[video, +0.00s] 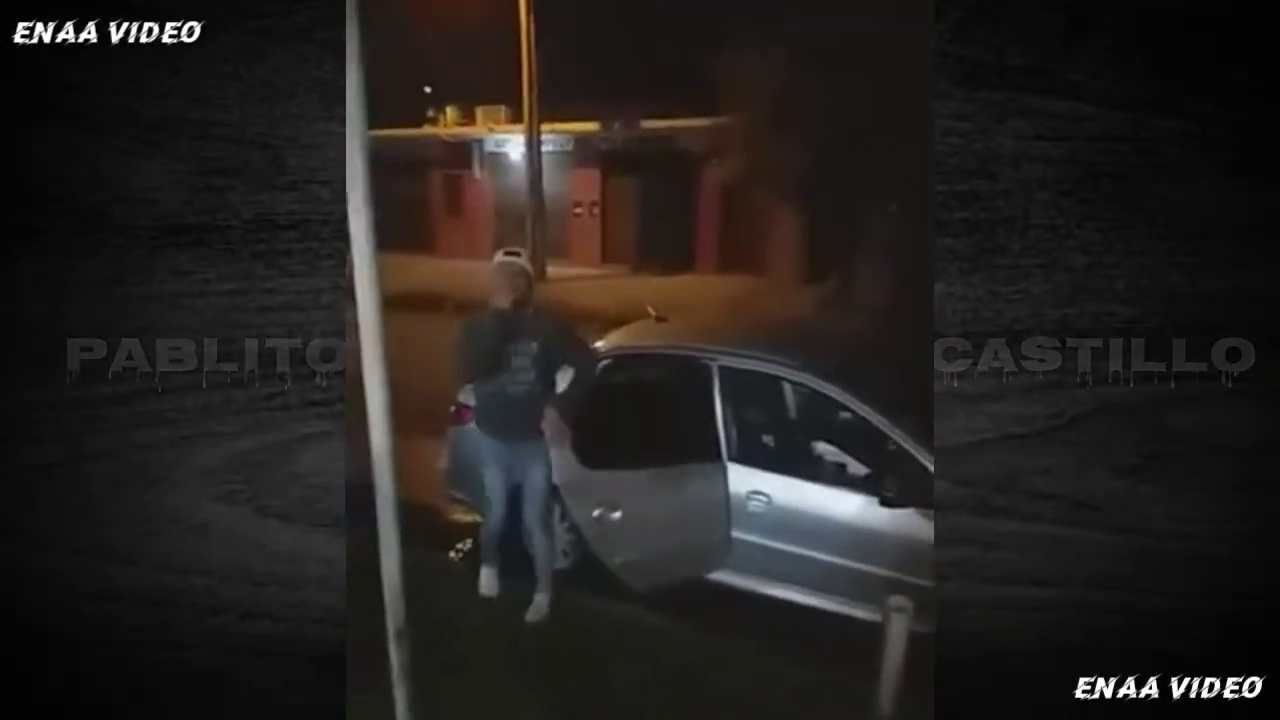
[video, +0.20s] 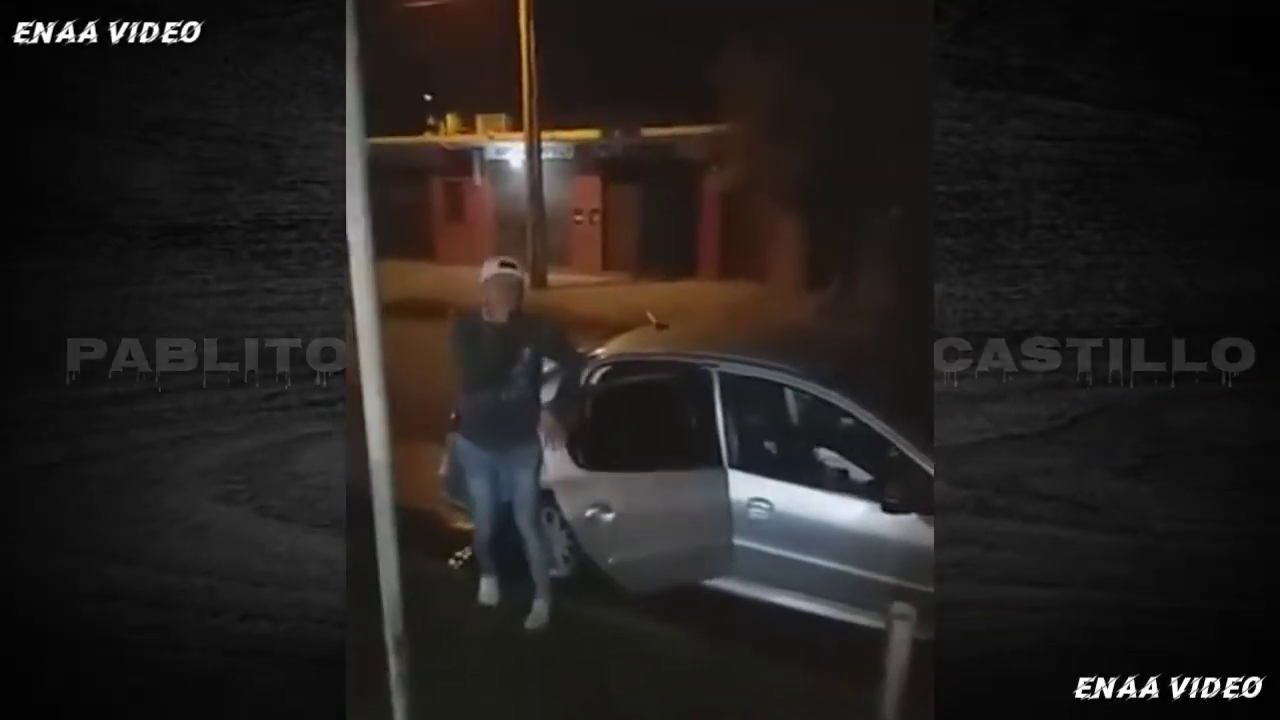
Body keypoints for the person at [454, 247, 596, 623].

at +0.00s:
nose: (505, 285)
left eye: (512, 277)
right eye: (500, 276)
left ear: (526, 283)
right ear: (492, 282)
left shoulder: (544, 326)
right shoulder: (478, 327)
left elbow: (586, 363)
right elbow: (469, 372)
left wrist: (562, 409)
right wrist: (496, 324)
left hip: (534, 435)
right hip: (492, 434)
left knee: (535, 520)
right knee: (496, 513)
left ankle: (543, 587)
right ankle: (488, 564)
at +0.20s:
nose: (501, 296)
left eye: (508, 288)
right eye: (495, 287)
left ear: (519, 293)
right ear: (483, 292)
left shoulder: (535, 330)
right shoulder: (466, 331)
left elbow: (572, 364)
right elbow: (469, 381)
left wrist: (558, 409)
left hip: (521, 441)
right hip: (476, 440)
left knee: (527, 522)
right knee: (483, 519)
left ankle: (541, 593)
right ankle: (487, 576)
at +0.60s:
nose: (532, 303)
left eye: (531, 296)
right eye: (525, 296)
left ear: (526, 297)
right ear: (504, 300)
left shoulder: (529, 334)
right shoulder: (476, 330)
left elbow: (552, 369)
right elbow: (487, 384)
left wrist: (552, 408)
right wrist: (528, 340)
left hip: (508, 438)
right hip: (468, 438)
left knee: (517, 516)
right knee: (476, 516)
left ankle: (519, 582)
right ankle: (480, 574)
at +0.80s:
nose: (562, 315)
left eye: (562, 308)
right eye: (556, 309)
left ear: (549, 312)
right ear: (534, 311)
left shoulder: (556, 346)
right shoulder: (510, 342)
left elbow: (574, 397)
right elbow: (529, 394)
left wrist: (564, 344)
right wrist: (558, 347)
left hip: (522, 432)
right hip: (482, 432)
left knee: (534, 506)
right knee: (496, 506)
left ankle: (534, 573)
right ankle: (494, 563)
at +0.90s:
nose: (573, 339)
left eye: (574, 331)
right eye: (568, 331)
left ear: (570, 333)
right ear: (549, 333)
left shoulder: (559, 364)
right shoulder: (519, 361)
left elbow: (583, 403)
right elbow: (542, 421)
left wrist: (574, 367)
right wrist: (564, 373)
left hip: (525, 441)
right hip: (485, 441)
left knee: (538, 510)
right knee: (500, 509)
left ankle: (536, 579)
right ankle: (496, 568)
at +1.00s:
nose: (574, 361)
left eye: (578, 355)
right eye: (571, 353)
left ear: (578, 355)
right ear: (556, 351)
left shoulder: (563, 382)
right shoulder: (526, 373)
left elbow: (558, 427)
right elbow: (534, 435)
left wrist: (578, 387)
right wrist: (567, 397)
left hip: (528, 452)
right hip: (488, 446)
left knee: (541, 515)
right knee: (504, 514)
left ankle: (537, 581)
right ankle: (498, 571)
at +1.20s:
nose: (593, 381)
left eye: (594, 374)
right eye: (588, 373)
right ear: (567, 369)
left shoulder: (572, 392)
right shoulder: (524, 380)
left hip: (530, 449)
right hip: (487, 442)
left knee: (542, 517)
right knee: (508, 519)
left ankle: (534, 582)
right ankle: (496, 568)